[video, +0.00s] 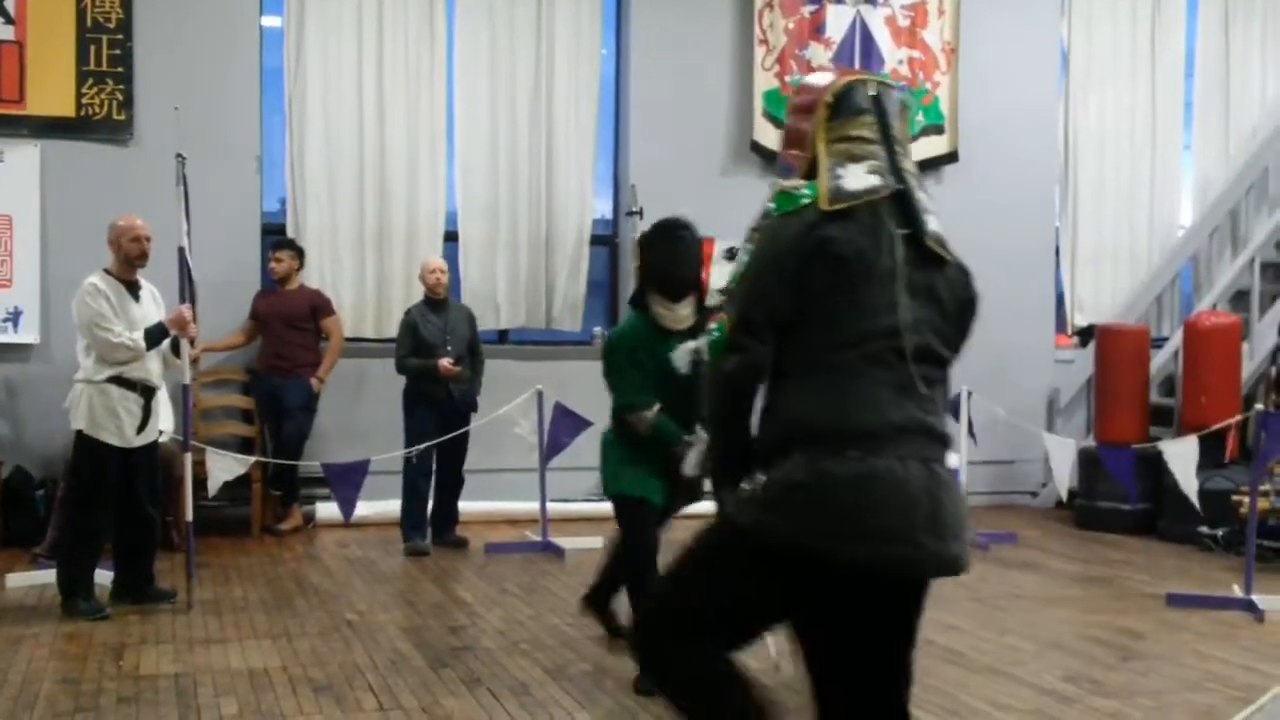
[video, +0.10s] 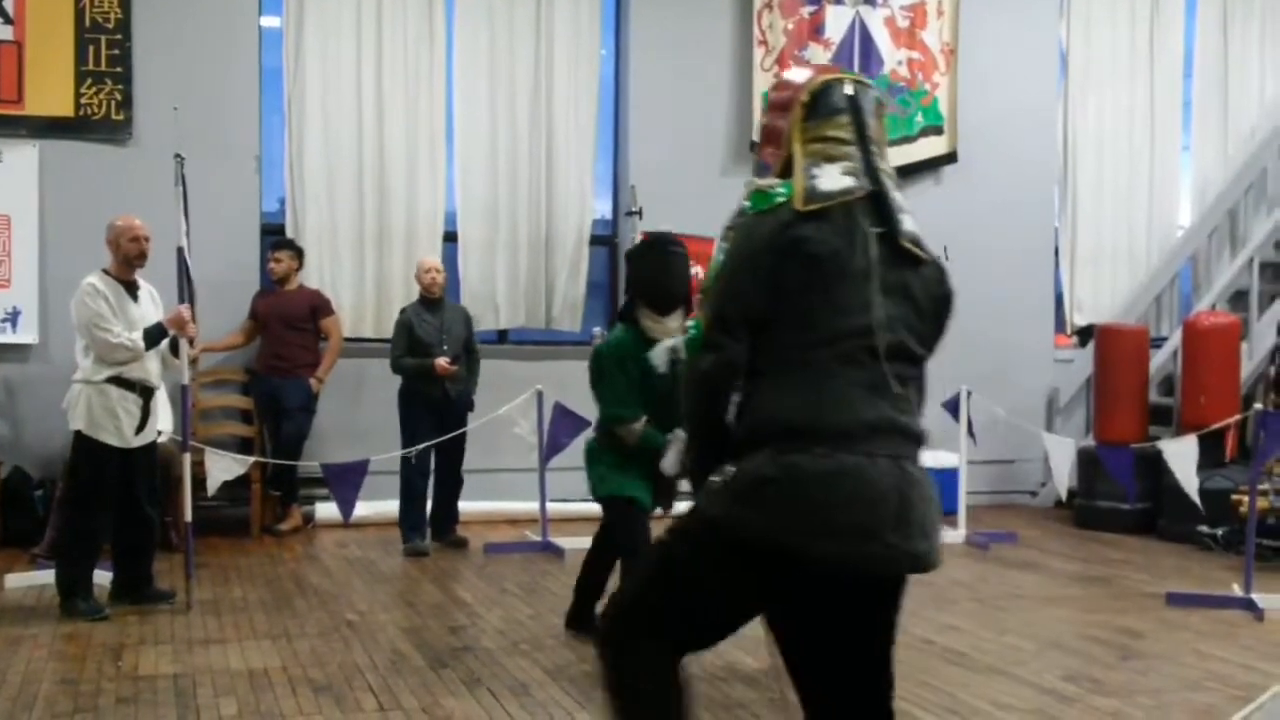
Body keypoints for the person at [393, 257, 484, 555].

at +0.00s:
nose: (438, 277)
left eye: (443, 272)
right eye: (432, 272)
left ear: (449, 277)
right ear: (422, 279)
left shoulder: (464, 315)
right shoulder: (413, 317)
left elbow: (476, 357)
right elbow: (402, 363)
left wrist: (472, 391)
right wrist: (434, 365)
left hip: (457, 401)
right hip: (422, 401)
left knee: (451, 469)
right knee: (418, 468)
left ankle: (444, 530)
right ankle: (415, 535)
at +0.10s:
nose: (433, 276)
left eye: (438, 271)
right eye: (427, 272)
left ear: (445, 277)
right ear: (418, 279)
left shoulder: (460, 315)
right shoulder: (408, 317)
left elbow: (472, 355)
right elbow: (397, 362)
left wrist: (469, 391)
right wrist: (431, 364)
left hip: (454, 400)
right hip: (418, 401)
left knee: (450, 468)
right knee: (416, 468)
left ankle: (444, 529)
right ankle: (414, 536)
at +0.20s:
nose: (432, 277)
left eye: (437, 271)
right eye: (426, 272)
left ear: (444, 277)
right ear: (416, 279)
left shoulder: (458, 315)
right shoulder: (406, 317)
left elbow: (471, 356)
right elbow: (396, 362)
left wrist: (467, 391)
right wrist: (429, 364)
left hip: (453, 400)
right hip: (416, 401)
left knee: (452, 468)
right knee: (416, 468)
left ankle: (447, 528)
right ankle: (415, 536)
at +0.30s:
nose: (430, 276)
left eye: (434, 271)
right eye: (424, 271)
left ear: (441, 277)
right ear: (413, 279)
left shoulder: (454, 314)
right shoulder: (403, 316)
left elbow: (467, 356)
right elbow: (393, 362)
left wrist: (464, 391)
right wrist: (427, 364)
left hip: (450, 400)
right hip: (413, 401)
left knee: (455, 467)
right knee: (414, 468)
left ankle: (449, 527)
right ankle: (416, 536)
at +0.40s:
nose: (427, 276)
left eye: (431, 271)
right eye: (421, 271)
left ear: (438, 277)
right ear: (410, 278)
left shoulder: (453, 312)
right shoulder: (401, 316)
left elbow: (465, 355)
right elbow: (390, 362)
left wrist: (462, 391)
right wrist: (425, 365)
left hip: (448, 399)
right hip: (411, 400)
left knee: (456, 465)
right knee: (412, 468)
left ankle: (450, 525)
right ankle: (415, 535)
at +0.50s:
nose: (422, 276)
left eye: (428, 271)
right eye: (416, 271)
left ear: (435, 277)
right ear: (407, 278)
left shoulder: (450, 313)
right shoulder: (397, 317)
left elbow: (462, 355)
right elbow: (388, 363)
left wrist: (458, 385)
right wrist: (422, 366)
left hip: (445, 399)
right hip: (408, 400)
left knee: (449, 469)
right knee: (410, 469)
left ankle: (452, 531)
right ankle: (413, 536)